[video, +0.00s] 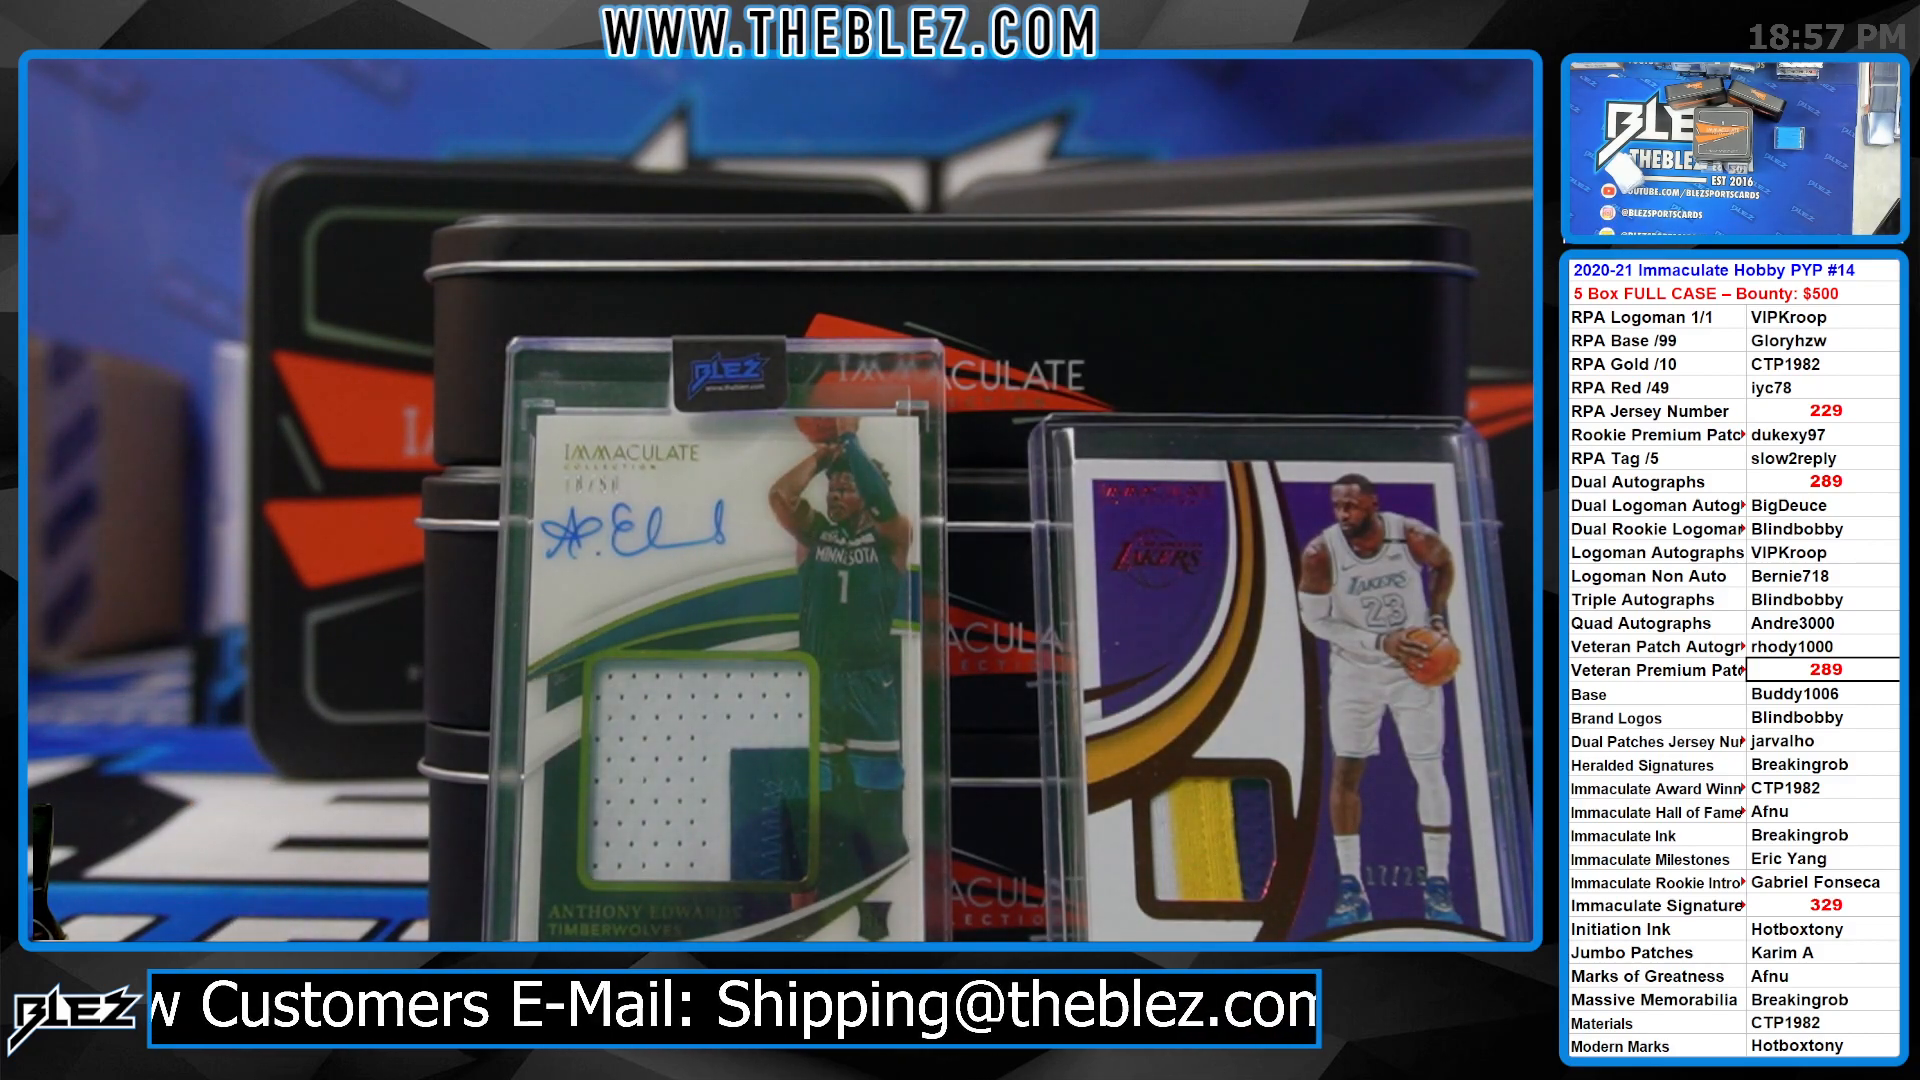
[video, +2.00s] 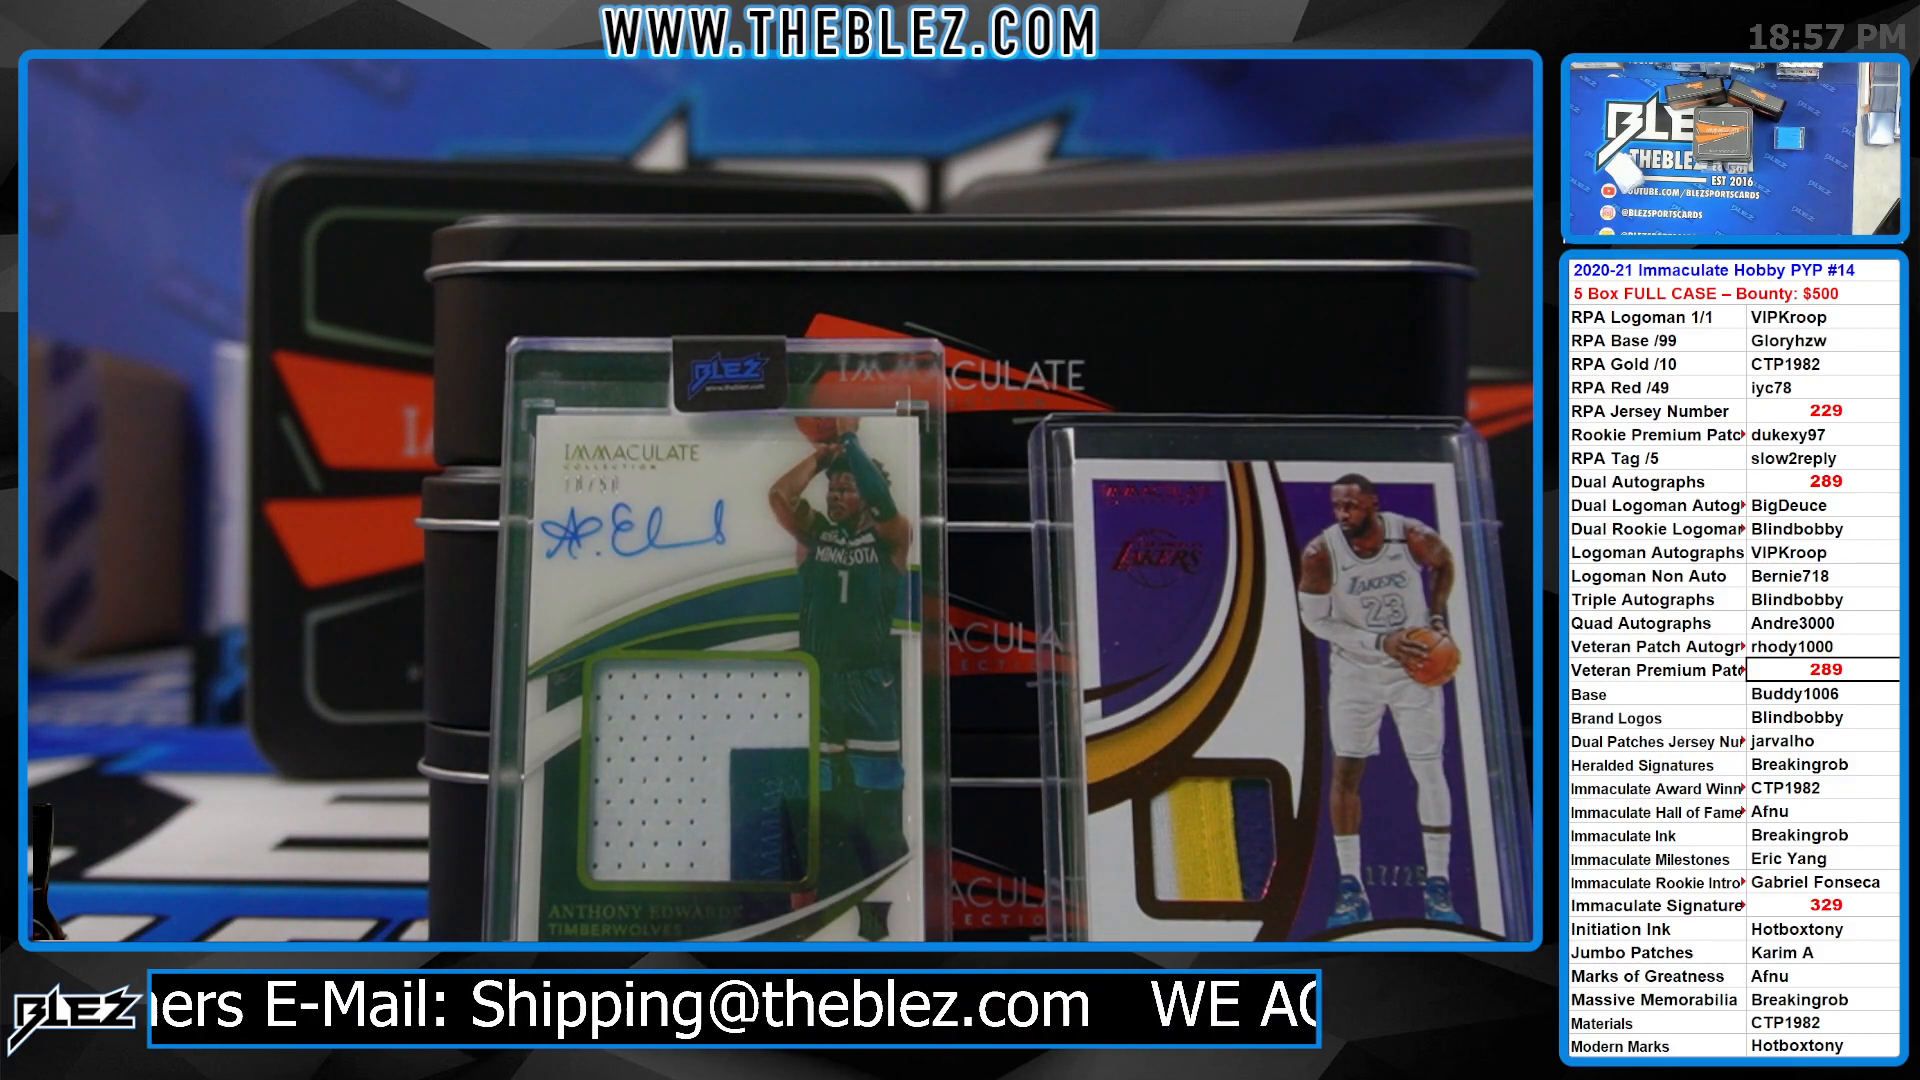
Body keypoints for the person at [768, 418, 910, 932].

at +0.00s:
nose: (840, 493)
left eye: (850, 487)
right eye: (835, 486)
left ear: (868, 493)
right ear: (827, 493)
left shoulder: (890, 539)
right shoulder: (815, 533)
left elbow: (882, 499)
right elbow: (780, 495)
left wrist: (851, 445)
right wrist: (818, 459)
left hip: (871, 678)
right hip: (818, 677)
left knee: (877, 797)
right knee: (824, 792)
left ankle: (878, 903)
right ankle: (824, 890)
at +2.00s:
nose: (840, 494)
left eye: (850, 487)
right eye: (834, 486)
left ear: (868, 494)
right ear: (826, 493)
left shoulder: (890, 539)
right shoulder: (815, 533)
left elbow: (883, 501)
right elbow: (780, 496)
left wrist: (851, 446)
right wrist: (818, 459)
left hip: (872, 679)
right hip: (818, 678)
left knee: (879, 799)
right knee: (826, 796)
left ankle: (878, 903)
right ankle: (829, 897)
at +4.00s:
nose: (835, 495)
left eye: (845, 488)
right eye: (829, 487)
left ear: (863, 495)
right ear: (821, 493)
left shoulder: (884, 539)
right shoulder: (809, 533)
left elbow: (880, 505)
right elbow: (776, 496)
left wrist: (846, 449)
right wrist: (813, 460)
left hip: (866, 675)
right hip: (813, 673)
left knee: (870, 789)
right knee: (818, 787)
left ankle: (872, 894)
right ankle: (823, 887)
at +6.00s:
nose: (835, 497)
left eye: (843, 490)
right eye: (829, 490)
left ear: (862, 495)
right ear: (822, 496)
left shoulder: (884, 539)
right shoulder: (811, 533)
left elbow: (876, 496)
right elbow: (776, 496)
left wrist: (843, 445)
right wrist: (815, 459)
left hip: (865, 679)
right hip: (813, 679)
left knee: (873, 797)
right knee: (820, 795)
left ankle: (873, 895)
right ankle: (820, 888)